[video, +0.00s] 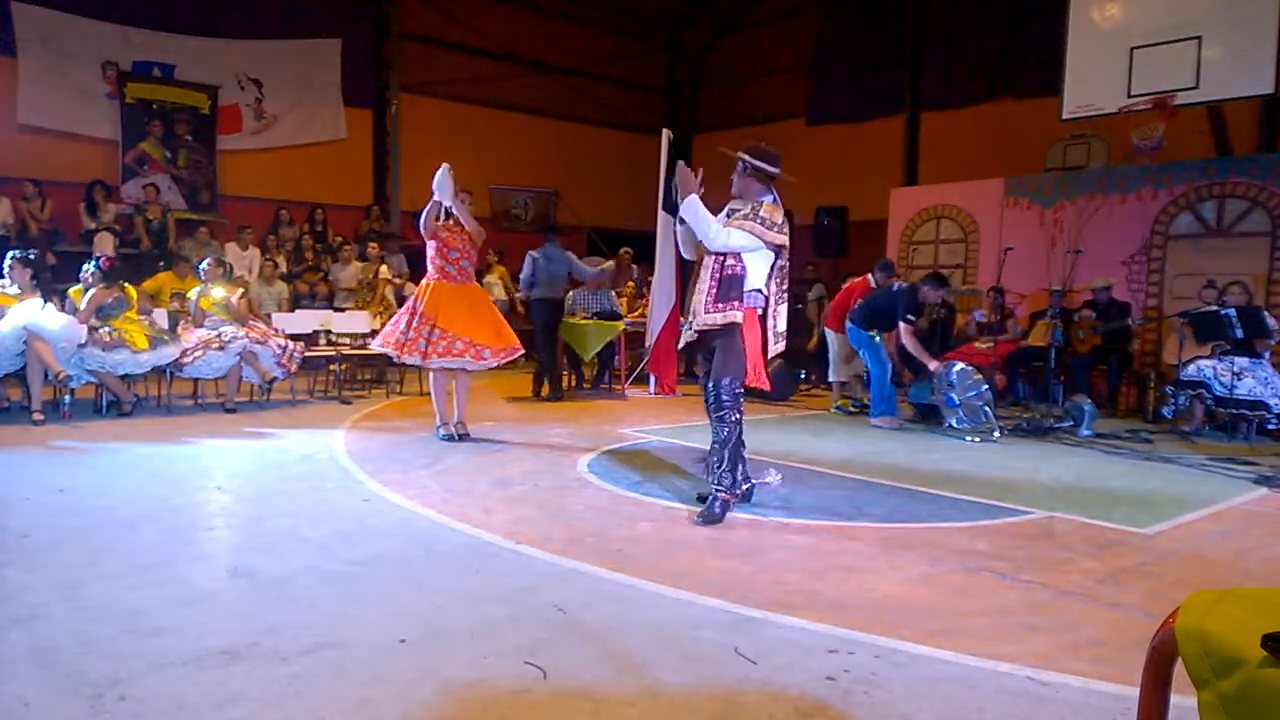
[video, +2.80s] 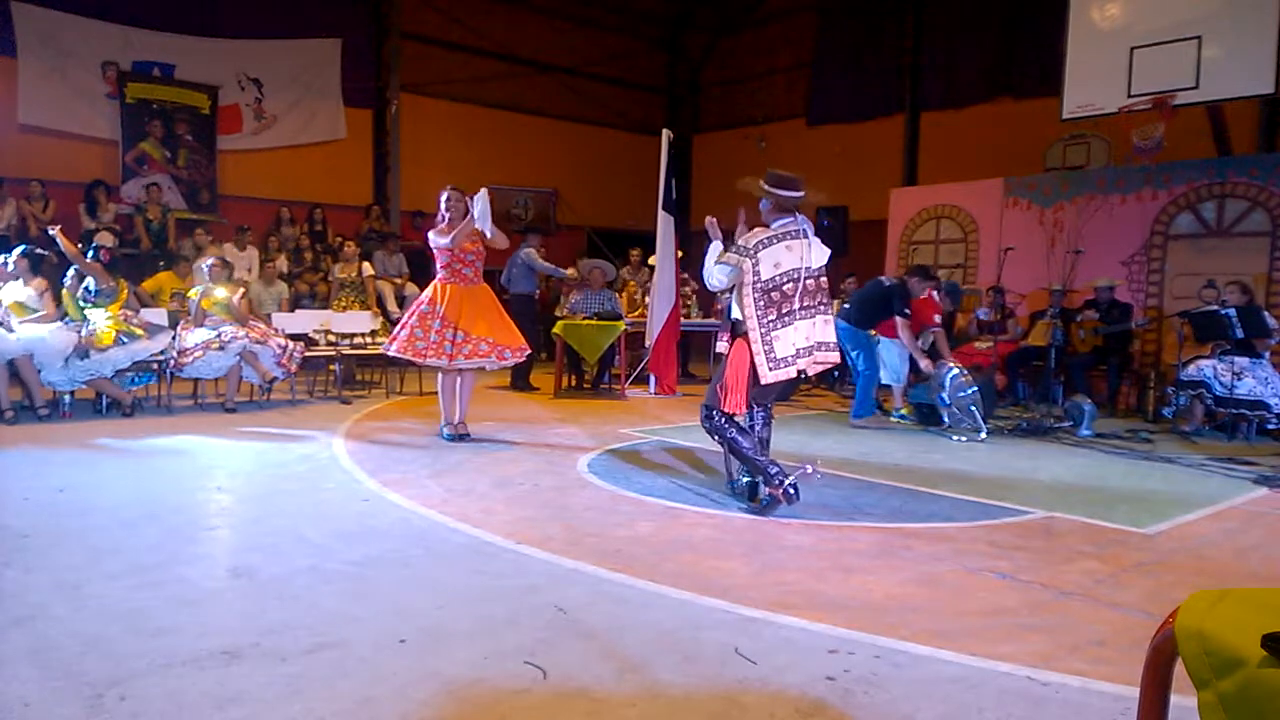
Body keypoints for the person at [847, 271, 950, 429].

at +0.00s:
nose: (939, 301)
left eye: (941, 298)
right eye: (938, 297)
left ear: (927, 288)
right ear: (928, 289)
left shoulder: (913, 295)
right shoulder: (909, 297)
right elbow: (906, 337)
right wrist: (929, 362)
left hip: (871, 328)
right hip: (862, 328)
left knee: (883, 367)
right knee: (881, 367)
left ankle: (885, 413)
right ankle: (880, 414)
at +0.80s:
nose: (940, 288)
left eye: (940, 283)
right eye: (938, 283)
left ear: (923, 280)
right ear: (928, 282)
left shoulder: (908, 288)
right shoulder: (907, 290)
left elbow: (907, 327)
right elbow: (903, 328)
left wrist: (927, 347)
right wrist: (935, 338)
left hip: (865, 326)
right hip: (858, 326)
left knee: (877, 366)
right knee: (878, 366)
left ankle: (874, 412)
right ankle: (877, 415)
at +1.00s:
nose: (933, 285)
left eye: (934, 280)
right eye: (932, 280)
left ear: (916, 273)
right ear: (925, 278)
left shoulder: (901, 282)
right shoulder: (911, 291)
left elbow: (893, 316)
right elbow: (926, 321)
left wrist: (912, 329)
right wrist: (934, 321)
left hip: (855, 323)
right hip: (863, 328)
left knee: (874, 368)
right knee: (882, 368)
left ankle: (872, 411)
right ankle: (879, 414)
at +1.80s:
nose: (928, 283)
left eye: (929, 278)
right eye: (928, 278)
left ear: (911, 271)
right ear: (920, 275)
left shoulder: (894, 281)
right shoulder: (907, 289)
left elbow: (899, 325)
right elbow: (910, 326)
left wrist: (920, 337)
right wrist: (928, 338)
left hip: (853, 323)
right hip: (863, 328)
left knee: (872, 367)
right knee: (882, 368)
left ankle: (871, 411)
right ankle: (879, 414)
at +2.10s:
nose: (930, 289)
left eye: (932, 285)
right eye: (930, 285)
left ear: (917, 278)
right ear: (921, 279)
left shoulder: (898, 284)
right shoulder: (905, 290)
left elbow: (888, 325)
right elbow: (897, 327)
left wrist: (902, 349)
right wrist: (910, 354)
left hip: (856, 323)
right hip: (861, 326)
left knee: (871, 367)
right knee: (878, 366)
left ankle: (871, 410)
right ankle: (878, 414)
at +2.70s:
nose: (926, 292)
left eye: (928, 288)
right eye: (926, 287)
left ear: (914, 279)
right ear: (916, 280)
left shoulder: (894, 283)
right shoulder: (902, 291)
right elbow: (904, 330)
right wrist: (921, 358)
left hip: (847, 323)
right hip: (856, 327)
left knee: (866, 368)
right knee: (870, 369)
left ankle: (868, 408)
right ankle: (862, 414)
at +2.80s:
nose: (923, 293)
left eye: (926, 289)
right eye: (924, 288)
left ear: (911, 279)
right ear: (915, 280)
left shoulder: (888, 281)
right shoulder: (901, 291)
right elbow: (903, 329)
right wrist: (920, 358)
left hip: (843, 322)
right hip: (856, 327)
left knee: (860, 369)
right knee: (869, 370)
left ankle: (866, 408)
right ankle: (861, 414)